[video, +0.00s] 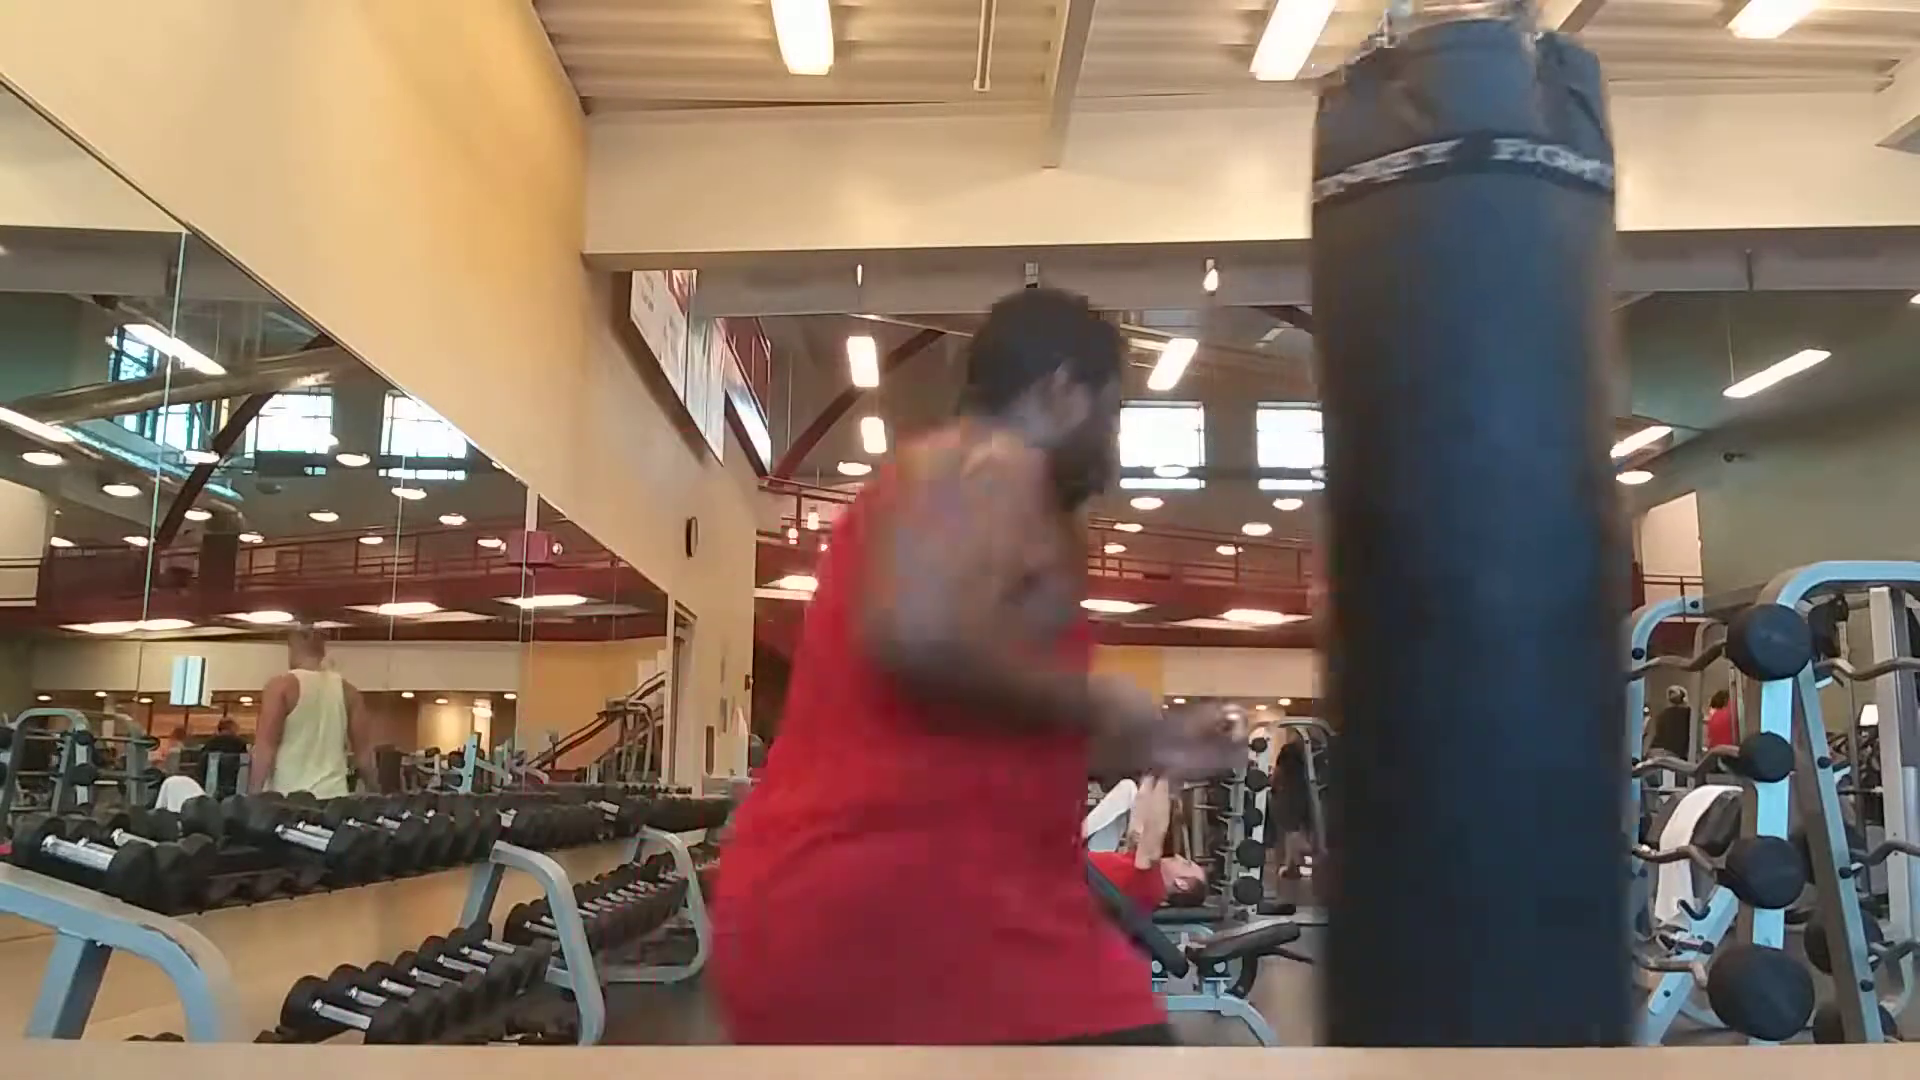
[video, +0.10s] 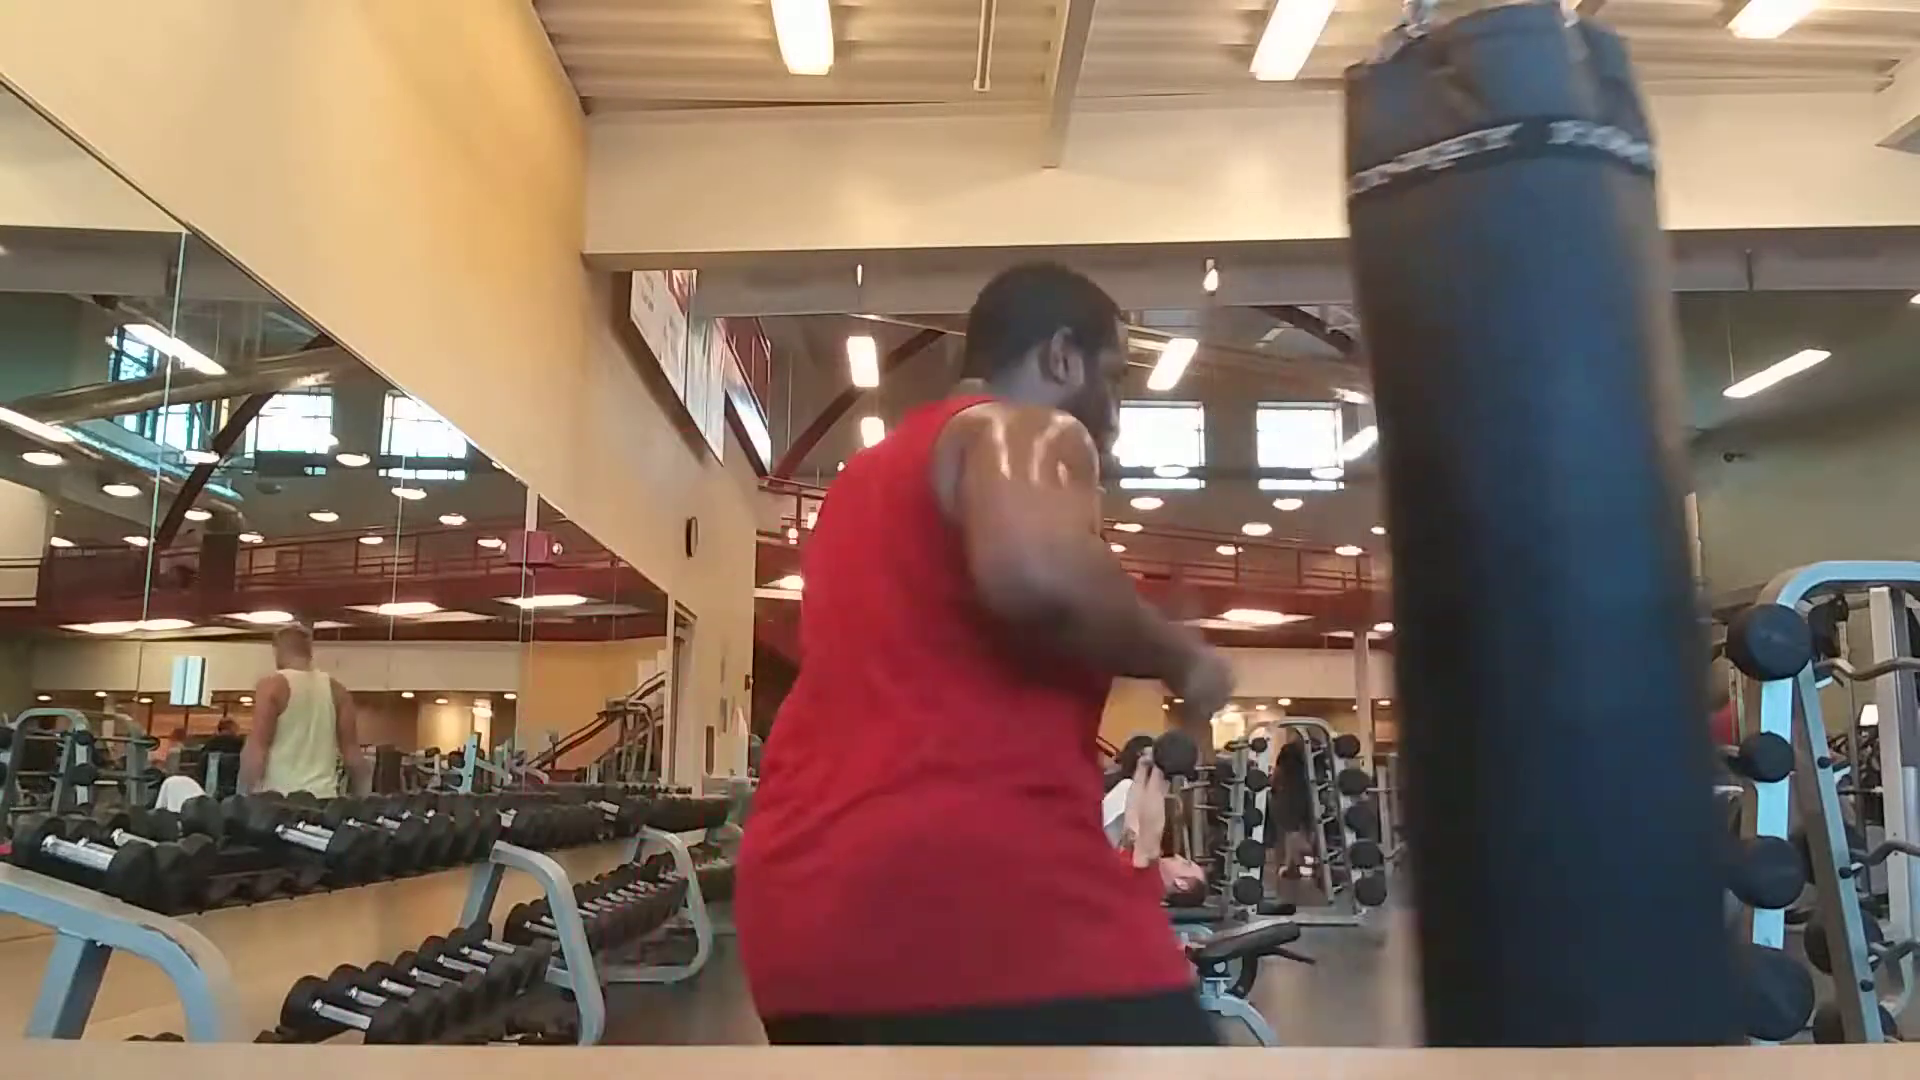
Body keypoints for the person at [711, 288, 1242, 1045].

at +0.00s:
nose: (1112, 439)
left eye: (1117, 413)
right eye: (1112, 410)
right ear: (1061, 389)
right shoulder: (985, 461)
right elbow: (922, 631)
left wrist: (1144, 747)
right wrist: (1093, 701)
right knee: (1132, 1043)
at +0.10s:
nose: (1113, 411)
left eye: (1119, 384)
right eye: (1114, 378)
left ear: (978, 356)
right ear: (1062, 357)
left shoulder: (859, 480)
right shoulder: (1022, 427)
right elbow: (1031, 568)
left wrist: (1112, 869)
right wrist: (1181, 656)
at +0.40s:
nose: (1239, 386)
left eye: (1246, 364)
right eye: (1240, 360)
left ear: (1110, 336)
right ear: (1193, 338)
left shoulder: (989, 456)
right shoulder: (1148, 438)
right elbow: (1288, 625)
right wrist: (1427, 575)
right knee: (1301, 1063)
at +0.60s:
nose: (1429, 370)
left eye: (1434, 345)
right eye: (1425, 338)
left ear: (1293, 319)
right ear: (1365, 316)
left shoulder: (1211, 434)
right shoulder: (1293, 427)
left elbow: (1444, 545)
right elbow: (1444, 606)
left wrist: (1611, 506)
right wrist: (1537, 471)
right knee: (1431, 1038)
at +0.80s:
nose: (1484, 429)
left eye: (1491, 408)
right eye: (1485, 403)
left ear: (1337, 376)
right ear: (1438, 375)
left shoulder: (1193, 505)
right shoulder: (1434, 492)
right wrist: (1721, 640)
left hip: (1139, 940)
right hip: (1377, 930)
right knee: (1566, 1040)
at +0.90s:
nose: (1519, 466)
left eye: (1523, 437)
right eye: (1515, 432)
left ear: (1359, 421)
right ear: (1464, 415)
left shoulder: (1213, 553)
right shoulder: (1481, 554)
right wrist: (1715, 727)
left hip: (1190, 1005)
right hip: (1441, 994)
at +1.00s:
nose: (1513, 455)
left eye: (1516, 427)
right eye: (1509, 423)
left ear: (1358, 409)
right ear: (1448, 409)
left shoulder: (1216, 543)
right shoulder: (1466, 549)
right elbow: (1605, 805)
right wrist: (1690, 730)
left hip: (1177, 990)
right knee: (1601, 1033)